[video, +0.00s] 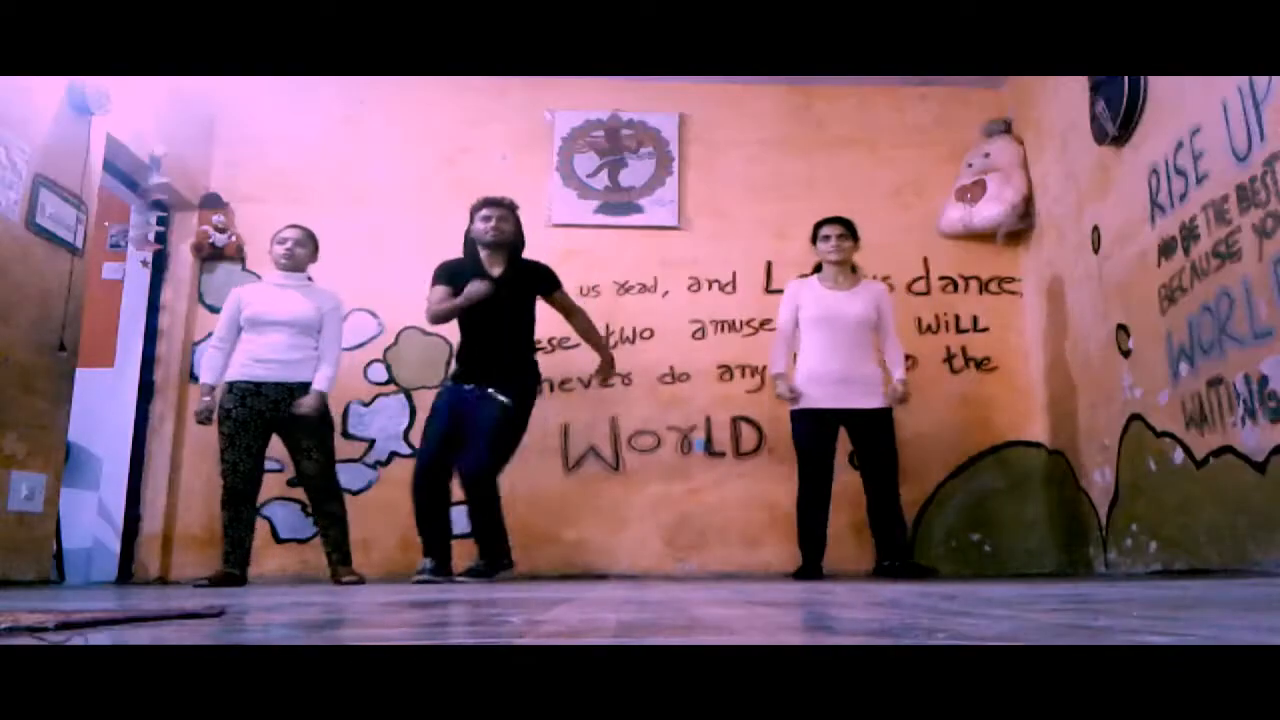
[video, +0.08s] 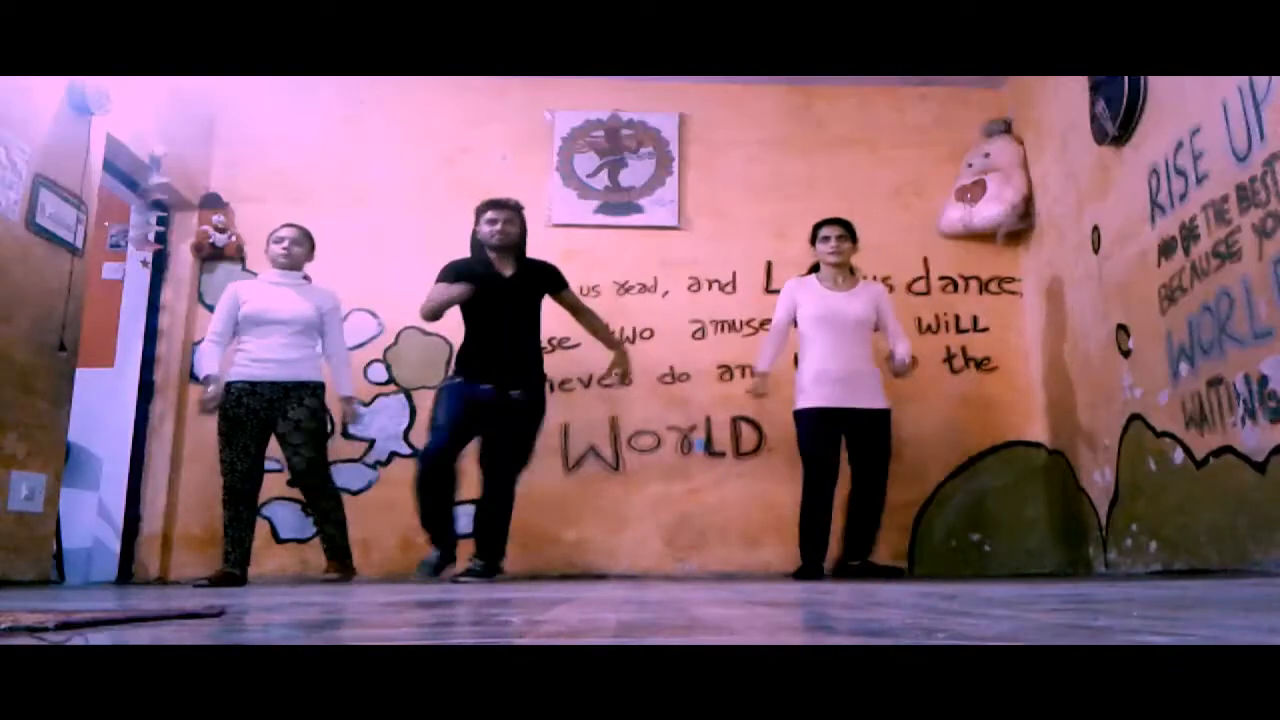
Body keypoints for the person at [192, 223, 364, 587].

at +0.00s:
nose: (288, 247)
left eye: (298, 244)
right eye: (282, 241)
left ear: (312, 256)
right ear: (269, 250)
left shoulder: (325, 299)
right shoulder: (243, 292)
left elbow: (330, 352)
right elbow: (220, 343)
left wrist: (318, 391)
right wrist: (207, 392)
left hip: (300, 395)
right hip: (244, 394)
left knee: (320, 480)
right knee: (238, 483)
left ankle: (341, 566)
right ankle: (233, 569)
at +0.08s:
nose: (285, 246)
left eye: (295, 243)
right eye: (279, 241)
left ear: (309, 256)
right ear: (266, 249)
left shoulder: (323, 298)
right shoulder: (240, 290)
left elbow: (337, 352)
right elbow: (214, 340)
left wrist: (347, 397)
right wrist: (212, 378)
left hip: (300, 394)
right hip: (244, 393)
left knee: (312, 475)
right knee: (239, 481)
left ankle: (340, 561)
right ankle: (234, 567)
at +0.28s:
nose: (222, 222)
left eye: (233, 218)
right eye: (212, 216)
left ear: (248, 234)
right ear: (197, 228)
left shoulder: (262, 285)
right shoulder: (177, 268)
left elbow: (288, 341)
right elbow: (153, 313)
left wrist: (325, 383)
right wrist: (165, 355)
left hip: (249, 400)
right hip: (186, 398)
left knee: (238, 501)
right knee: (170, 503)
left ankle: (234, 609)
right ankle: (154, 611)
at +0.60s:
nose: (260, 212)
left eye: (270, 208)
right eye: (248, 206)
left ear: (282, 225)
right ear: (229, 221)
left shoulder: (293, 281)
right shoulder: (214, 263)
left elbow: (284, 340)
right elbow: (198, 319)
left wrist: (286, 390)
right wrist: (207, 364)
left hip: (276, 400)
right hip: (216, 392)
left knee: (261, 509)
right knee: (202, 500)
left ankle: (228, 607)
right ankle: (190, 607)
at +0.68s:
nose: (273, 217)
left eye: (282, 213)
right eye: (260, 211)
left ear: (292, 229)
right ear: (241, 225)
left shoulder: (293, 289)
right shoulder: (228, 266)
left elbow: (294, 337)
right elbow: (230, 317)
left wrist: (306, 345)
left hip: (283, 399)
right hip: (222, 394)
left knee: (283, 506)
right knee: (202, 501)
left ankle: (253, 603)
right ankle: (191, 608)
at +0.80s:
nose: (287, 213)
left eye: (295, 208)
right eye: (274, 207)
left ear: (306, 223)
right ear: (254, 222)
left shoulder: (298, 277)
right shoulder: (251, 257)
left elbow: (315, 320)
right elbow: (262, 298)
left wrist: (325, 341)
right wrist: (308, 332)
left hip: (294, 396)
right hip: (239, 391)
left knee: (306, 500)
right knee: (221, 498)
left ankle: (292, 606)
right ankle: (190, 608)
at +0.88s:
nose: (303, 212)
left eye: (311, 206)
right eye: (290, 207)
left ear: (321, 220)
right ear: (271, 221)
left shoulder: (306, 268)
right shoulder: (275, 254)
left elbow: (306, 331)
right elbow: (266, 304)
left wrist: (323, 375)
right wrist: (283, 356)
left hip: (308, 390)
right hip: (266, 385)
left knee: (332, 492)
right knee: (267, 489)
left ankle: (308, 604)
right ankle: (188, 591)